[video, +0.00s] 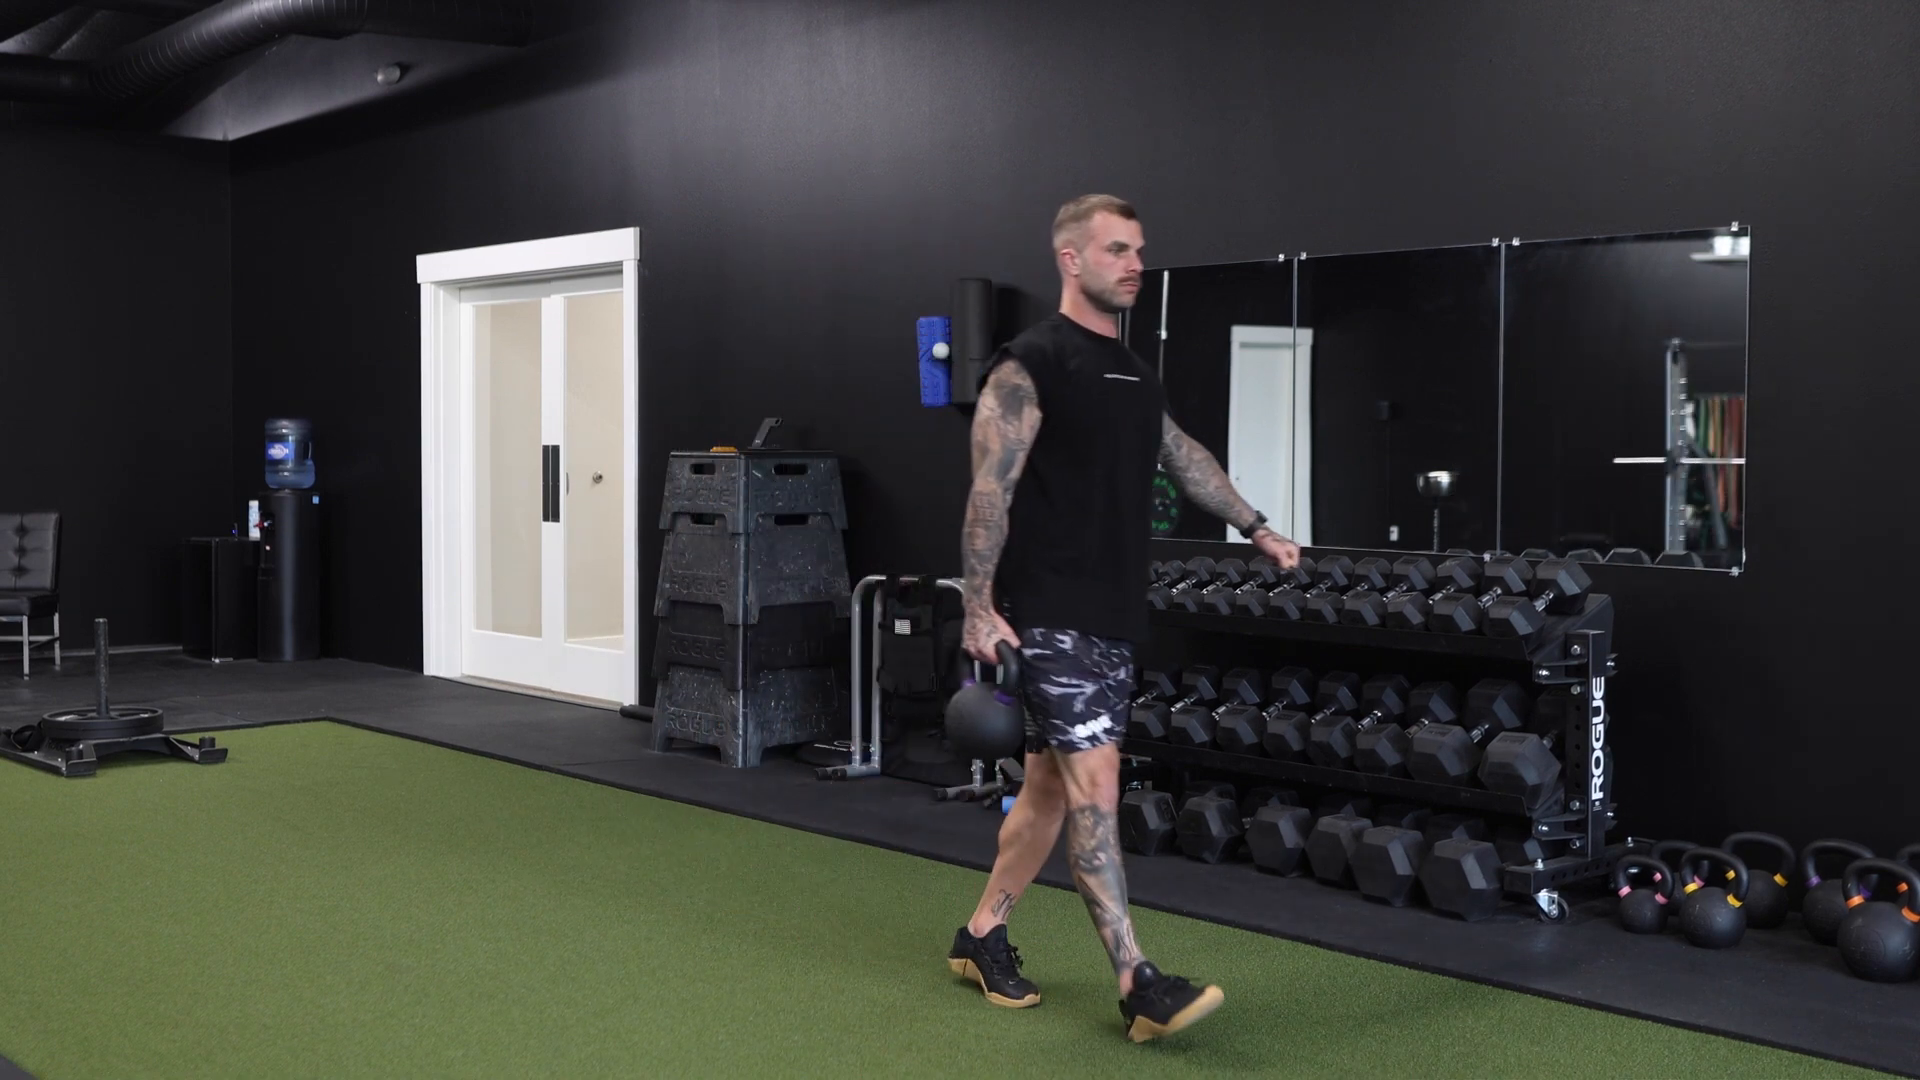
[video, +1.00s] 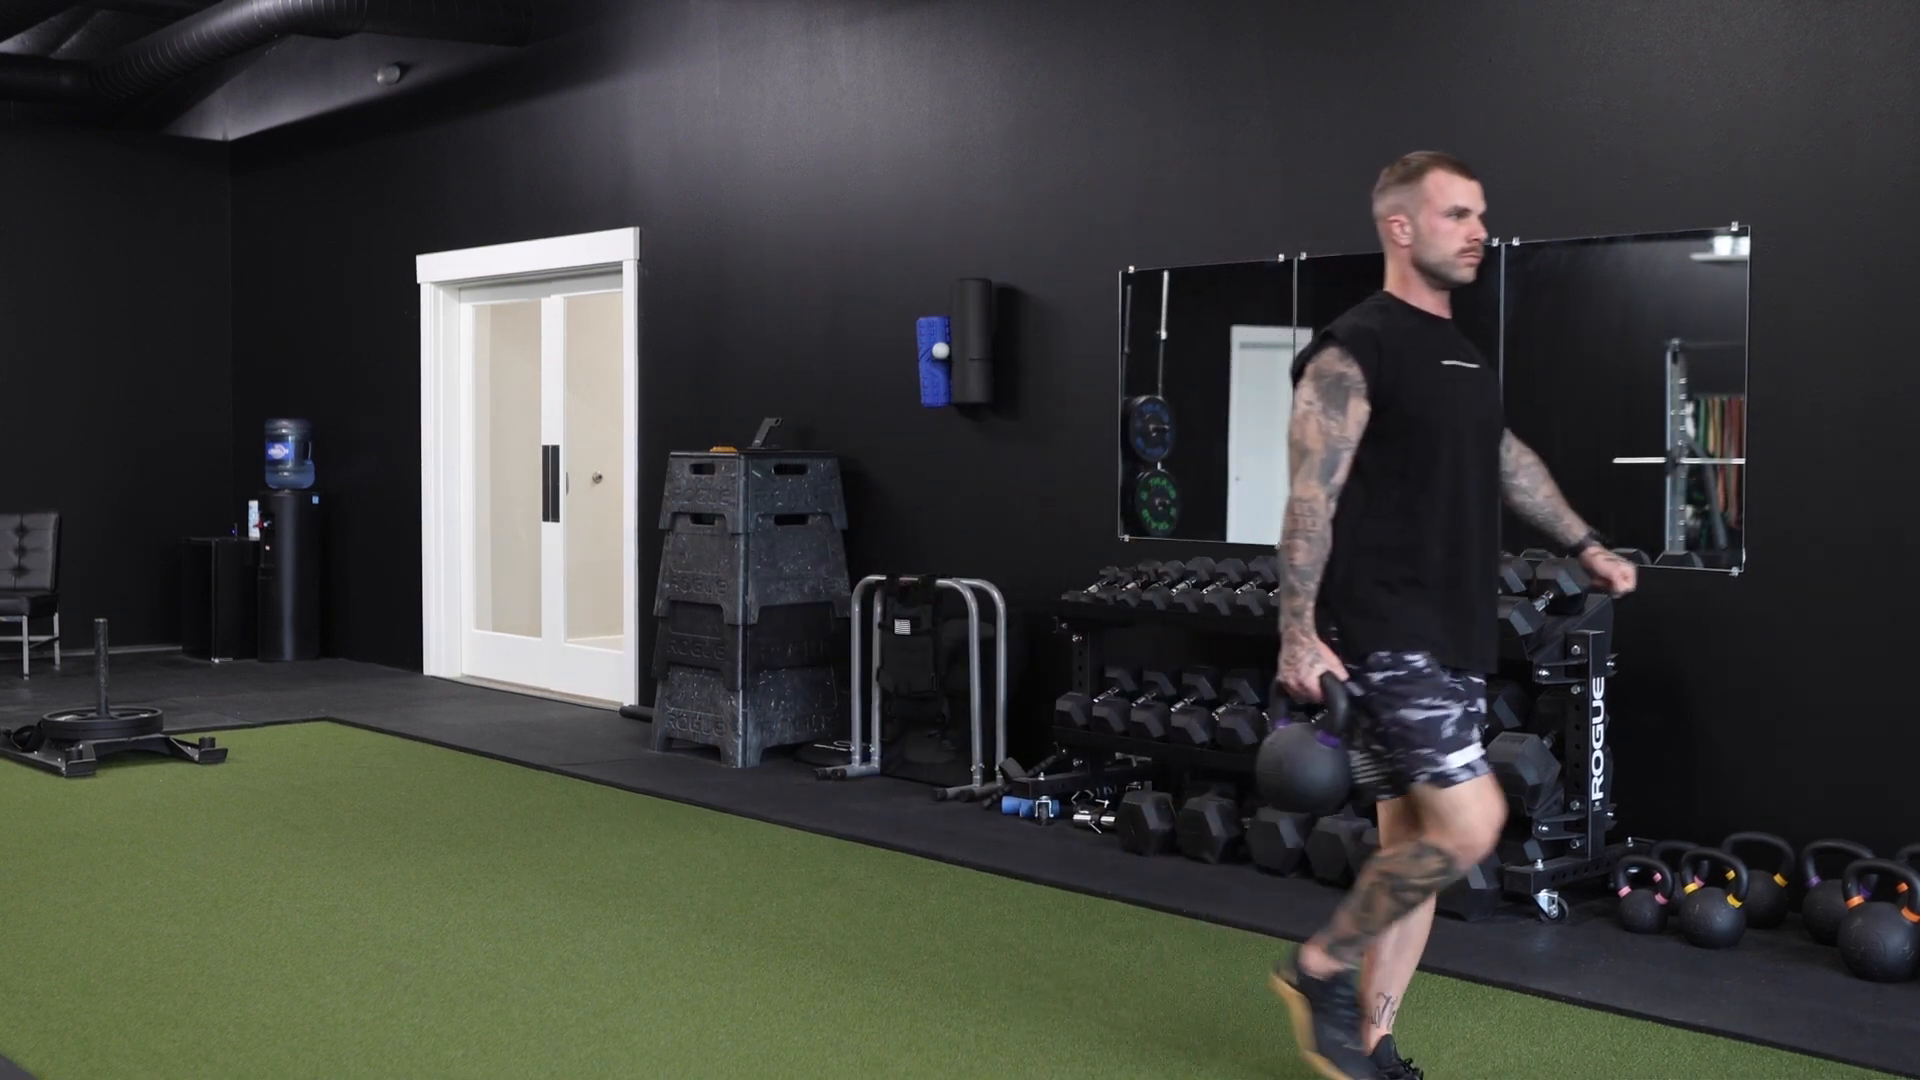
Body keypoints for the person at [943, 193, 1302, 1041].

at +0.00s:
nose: (1135, 265)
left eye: (1139, 253)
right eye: (1118, 251)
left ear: (1132, 265)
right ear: (1068, 259)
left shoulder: (1133, 366)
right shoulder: (1027, 366)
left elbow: (1180, 454)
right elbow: (990, 492)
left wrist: (1253, 524)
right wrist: (976, 604)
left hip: (1113, 613)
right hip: (1047, 609)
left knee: (1048, 786)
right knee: (1093, 783)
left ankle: (982, 932)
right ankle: (1135, 981)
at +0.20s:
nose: (1201, 254)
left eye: (1204, 242)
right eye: (1184, 241)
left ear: (1198, 255)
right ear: (1130, 251)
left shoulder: (1198, 357)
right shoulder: (1089, 365)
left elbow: (1238, 450)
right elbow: (1051, 493)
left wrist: (1308, 523)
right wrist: (1036, 607)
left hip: (1187, 613)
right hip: (1113, 616)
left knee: (1180, 789)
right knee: (1143, 797)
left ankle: (1044, 902)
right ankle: (1158, 995)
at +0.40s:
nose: (1258, 245)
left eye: (1261, 231)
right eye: (1239, 230)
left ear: (1251, 244)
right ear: (1184, 240)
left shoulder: (1256, 360)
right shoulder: (1142, 358)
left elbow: (1301, 446)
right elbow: (1105, 487)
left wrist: (1370, 518)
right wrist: (1094, 608)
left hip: (1252, 621)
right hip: (1169, 625)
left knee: (1298, 781)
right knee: (1172, 808)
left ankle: (1201, 925)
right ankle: (1158, 997)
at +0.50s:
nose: (1287, 242)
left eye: (1290, 228)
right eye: (1267, 226)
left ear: (1283, 242)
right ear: (1213, 237)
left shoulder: (1283, 358)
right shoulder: (1172, 357)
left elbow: (1331, 445)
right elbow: (1134, 489)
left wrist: (1403, 517)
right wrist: (1126, 611)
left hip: (1282, 626)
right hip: (1196, 627)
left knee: (1323, 791)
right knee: (1183, 808)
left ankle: (1285, 992)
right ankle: (1162, 996)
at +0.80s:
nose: (1402, 242)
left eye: (1403, 227)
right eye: (1382, 226)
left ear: (1387, 240)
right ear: (1324, 238)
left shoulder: (1390, 360)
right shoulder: (1279, 360)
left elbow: (1429, 464)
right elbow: (1243, 494)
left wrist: (1503, 547)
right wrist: (1229, 622)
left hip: (1392, 644)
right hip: (1305, 643)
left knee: (1383, 832)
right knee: (1289, 838)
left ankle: (1364, 1042)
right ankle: (1179, 969)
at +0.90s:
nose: (1441, 238)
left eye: (1442, 223)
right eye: (1421, 221)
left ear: (1424, 236)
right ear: (1362, 232)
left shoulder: (1430, 360)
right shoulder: (1316, 356)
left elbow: (1469, 465)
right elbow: (1278, 495)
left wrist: (1543, 548)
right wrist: (1263, 624)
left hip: (1429, 642)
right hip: (1349, 641)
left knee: (1407, 847)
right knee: (1378, 845)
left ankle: (1367, 1044)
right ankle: (1235, 949)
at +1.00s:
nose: (1478, 232)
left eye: (1480, 217)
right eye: (1458, 216)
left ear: (1466, 232)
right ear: (1397, 228)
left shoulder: (1461, 354)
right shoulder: (1349, 351)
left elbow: (1506, 459)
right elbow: (1310, 494)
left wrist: (1584, 544)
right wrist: (1296, 626)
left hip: (1454, 633)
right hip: (1380, 633)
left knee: (1410, 845)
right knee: (1470, 821)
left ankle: (1370, 1038)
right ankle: (1319, 965)